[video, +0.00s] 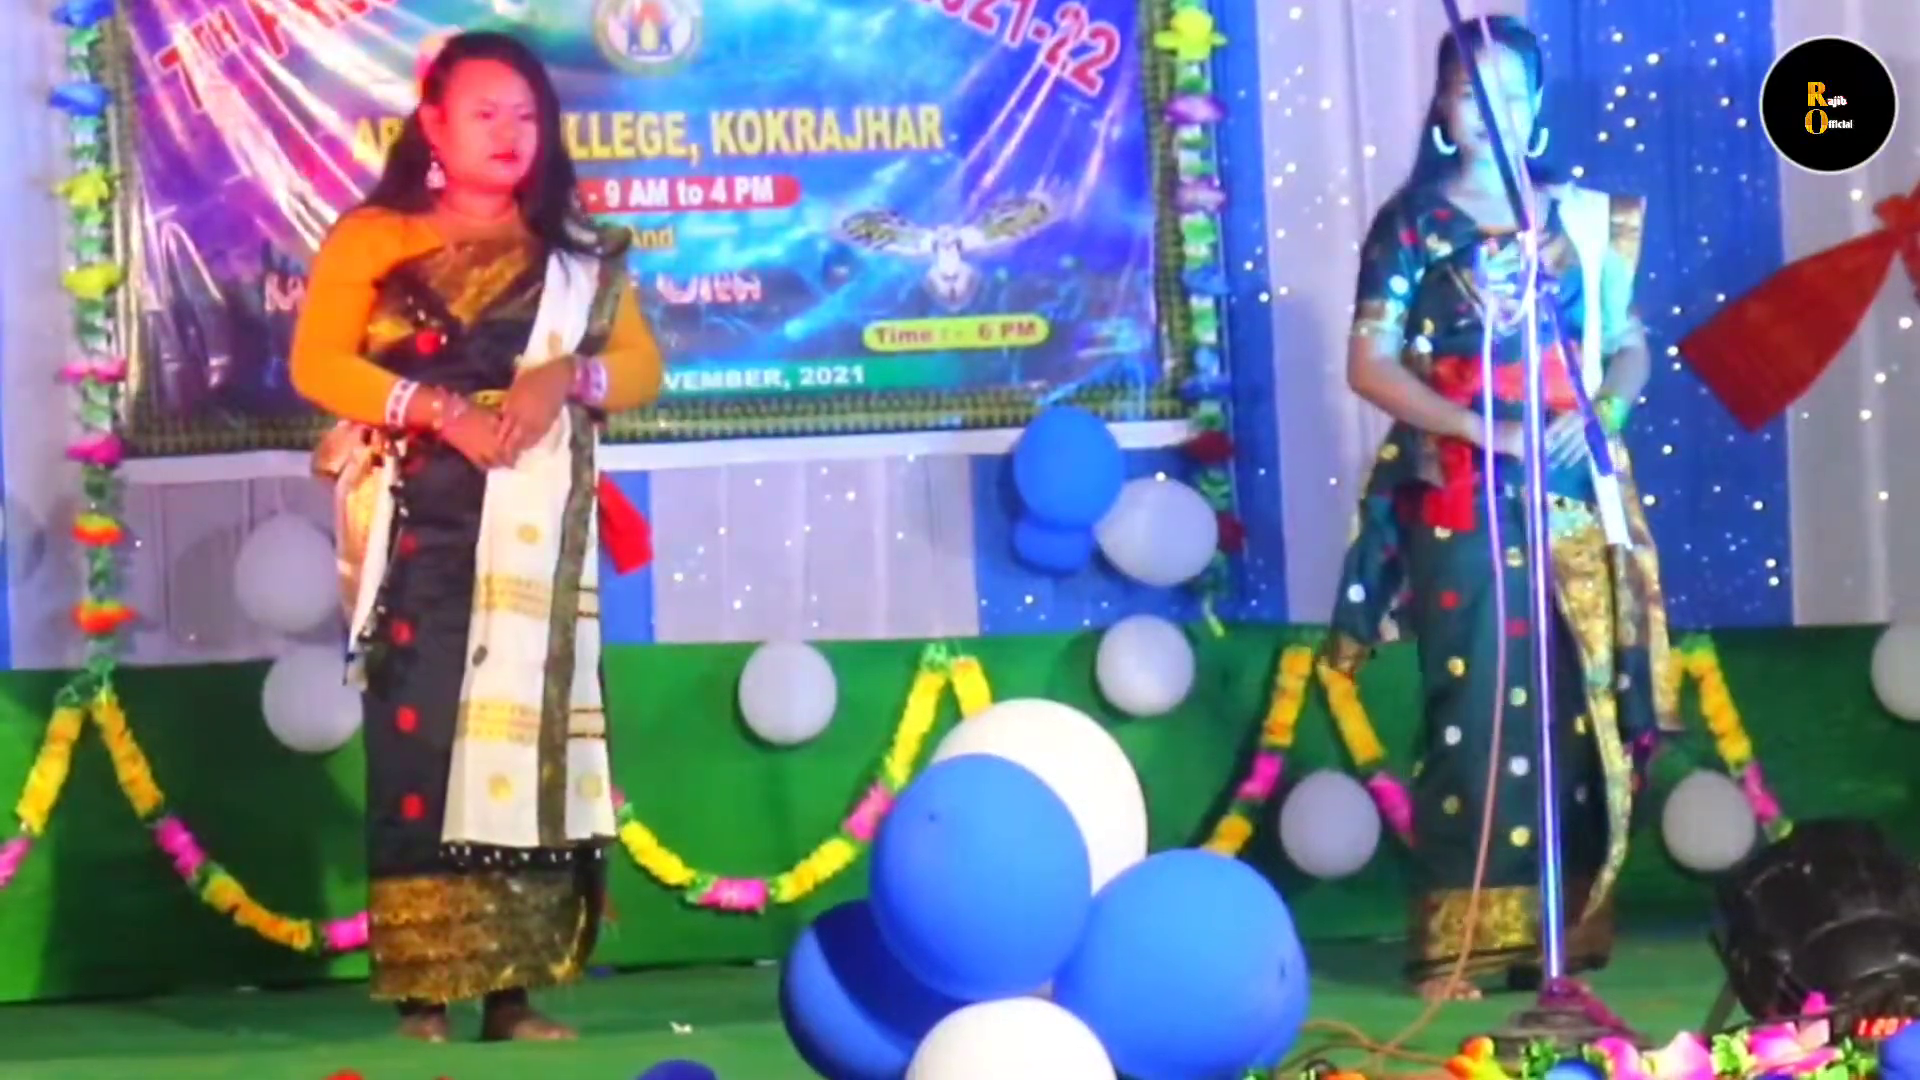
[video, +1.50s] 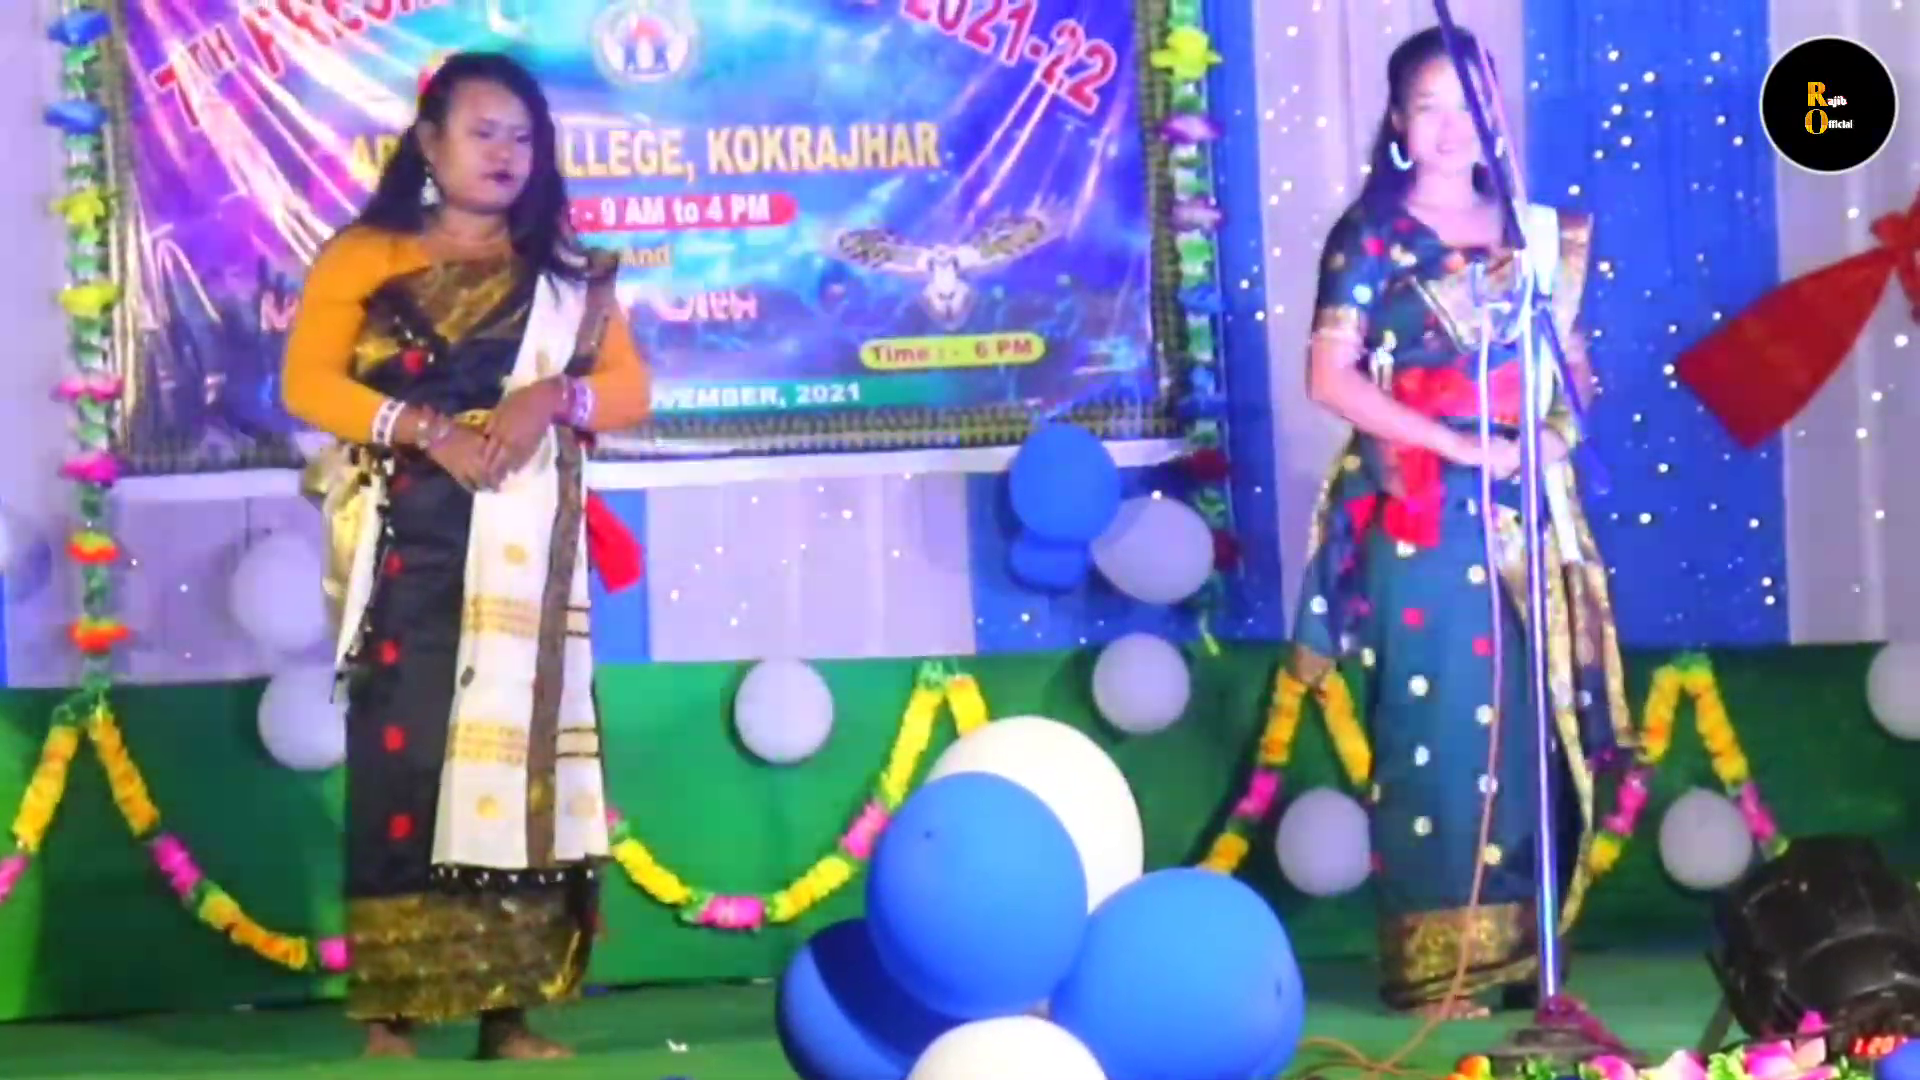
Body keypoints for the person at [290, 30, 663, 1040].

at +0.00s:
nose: (508, 133)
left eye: (524, 115)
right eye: (484, 114)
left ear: (545, 129)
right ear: (433, 126)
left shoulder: (574, 247)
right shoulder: (371, 237)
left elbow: (643, 371)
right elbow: (316, 363)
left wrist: (567, 376)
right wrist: (436, 407)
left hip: (537, 536)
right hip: (422, 531)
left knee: (528, 740)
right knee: (422, 744)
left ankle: (509, 991)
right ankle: (422, 990)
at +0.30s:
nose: (514, 137)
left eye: (530, 120)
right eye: (489, 118)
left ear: (549, 134)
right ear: (438, 130)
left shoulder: (578, 253)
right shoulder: (376, 242)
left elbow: (649, 373)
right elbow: (320, 367)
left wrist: (568, 380)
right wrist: (435, 407)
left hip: (540, 541)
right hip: (423, 537)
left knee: (532, 744)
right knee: (423, 748)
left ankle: (511, 996)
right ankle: (424, 995)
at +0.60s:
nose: (519, 148)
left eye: (535, 131)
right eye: (495, 128)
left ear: (554, 145)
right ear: (444, 135)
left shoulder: (582, 261)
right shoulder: (380, 250)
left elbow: (651, 380)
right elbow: (323, 373)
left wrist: (568, 388)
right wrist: (438, 415)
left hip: (544, 546)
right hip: (429, 540)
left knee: (536, 749)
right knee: (427, 754)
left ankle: (511, 1000)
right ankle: (424, 1001)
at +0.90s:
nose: (519, 153)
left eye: (537, 135)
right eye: (496, 134)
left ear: (559, 148)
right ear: (448, 143)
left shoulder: (592, 267)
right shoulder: (382, 256)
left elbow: (656, 386)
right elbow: (326, 380)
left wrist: (572, 394)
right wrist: (445, 425)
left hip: (548, 554)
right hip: (433, 549)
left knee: (537, 751)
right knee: (430, 755)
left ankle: (508, 1003)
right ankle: (425, 1002)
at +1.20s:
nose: (516, 156)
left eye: (532, 138)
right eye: (493, 137)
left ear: (553, 151)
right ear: (443, 147)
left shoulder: (586, 269)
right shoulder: (381, 257)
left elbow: (655, 384)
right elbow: (323, 379)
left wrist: (572, 392)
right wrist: (441, 423)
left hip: (542, 558)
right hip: (425, 553)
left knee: (534, 760)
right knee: (416, 763)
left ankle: (508, 1010)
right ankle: (395, 1009)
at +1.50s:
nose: (506, 154)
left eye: (522, 137)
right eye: (483, 132)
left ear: (540, 154)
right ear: (430, 142)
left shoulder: (564, 273)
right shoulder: (362, 259)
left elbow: (633, 392)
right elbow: (306, 382)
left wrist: (552, 395)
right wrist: (422, 425)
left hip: (526, 561)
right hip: (408, 555)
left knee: (521, 762)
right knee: (401, 766)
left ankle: (508, 1011)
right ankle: (389, 1011)